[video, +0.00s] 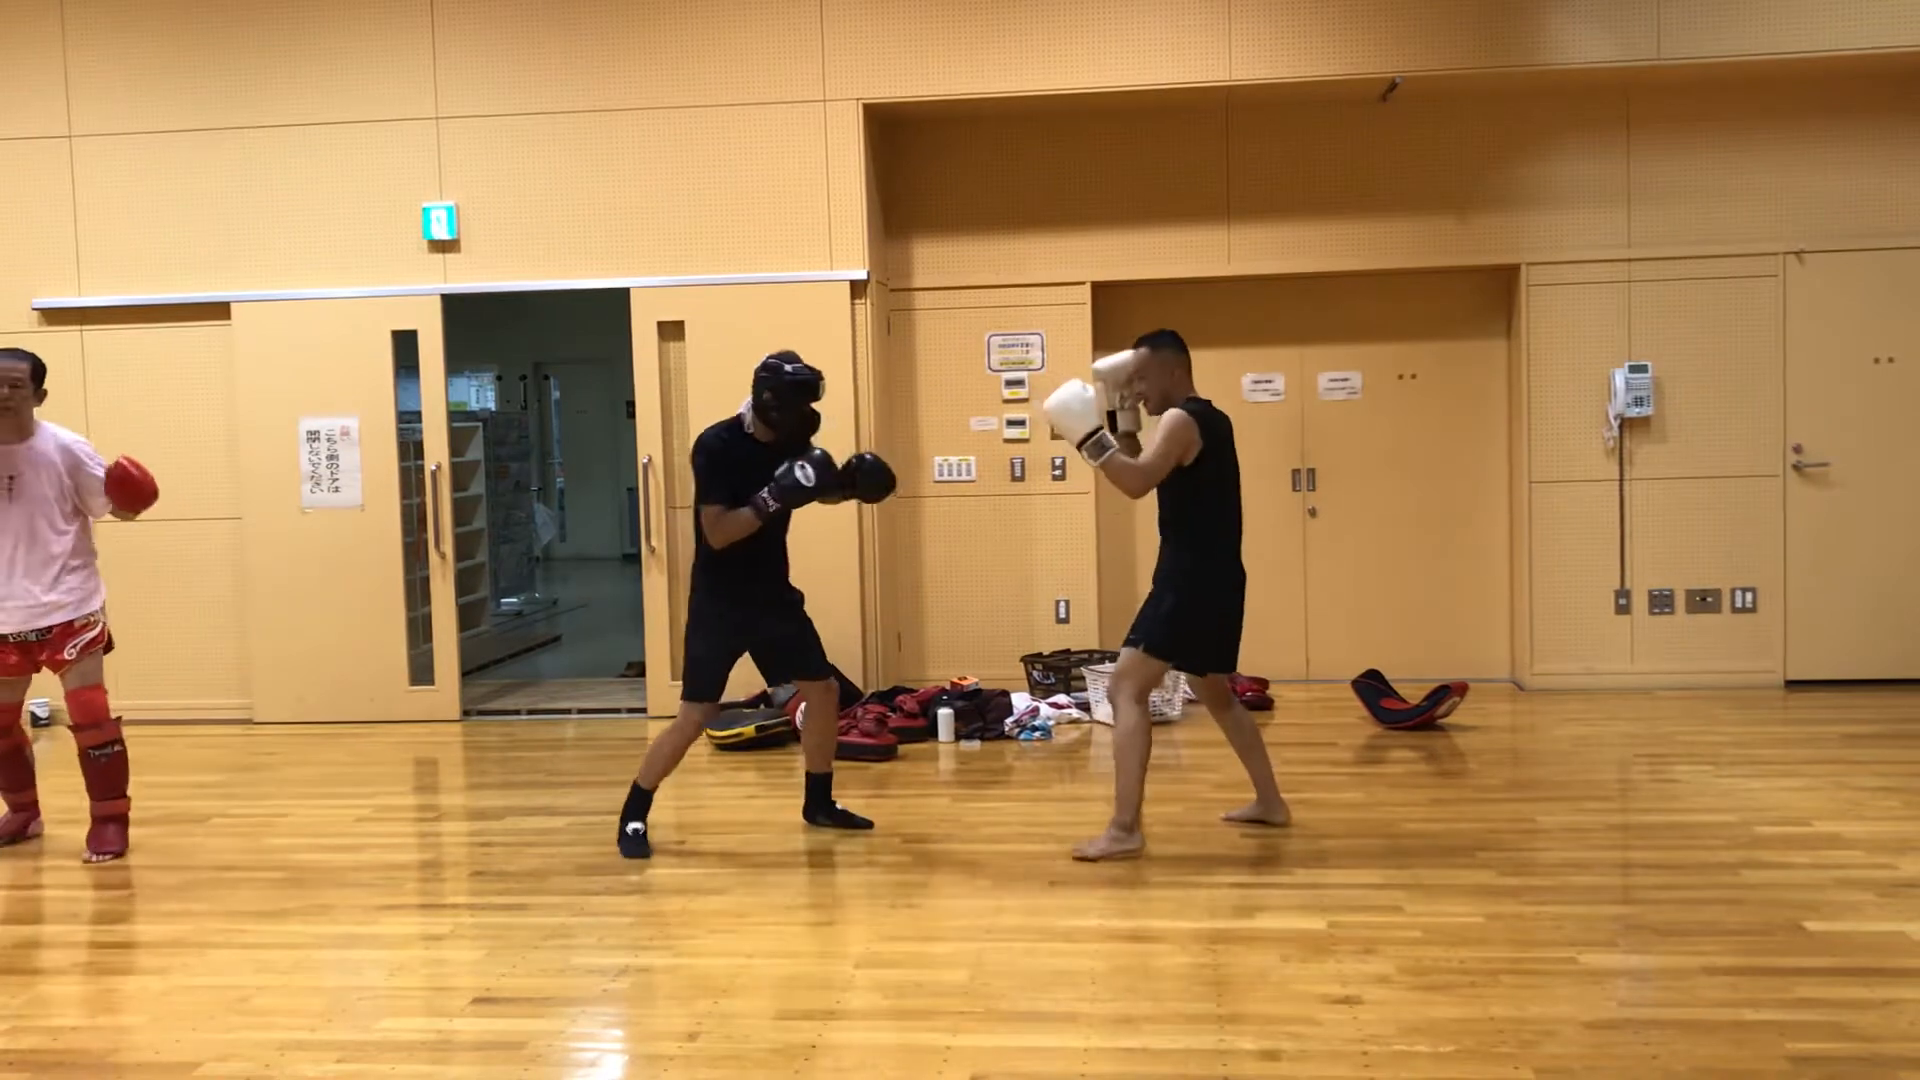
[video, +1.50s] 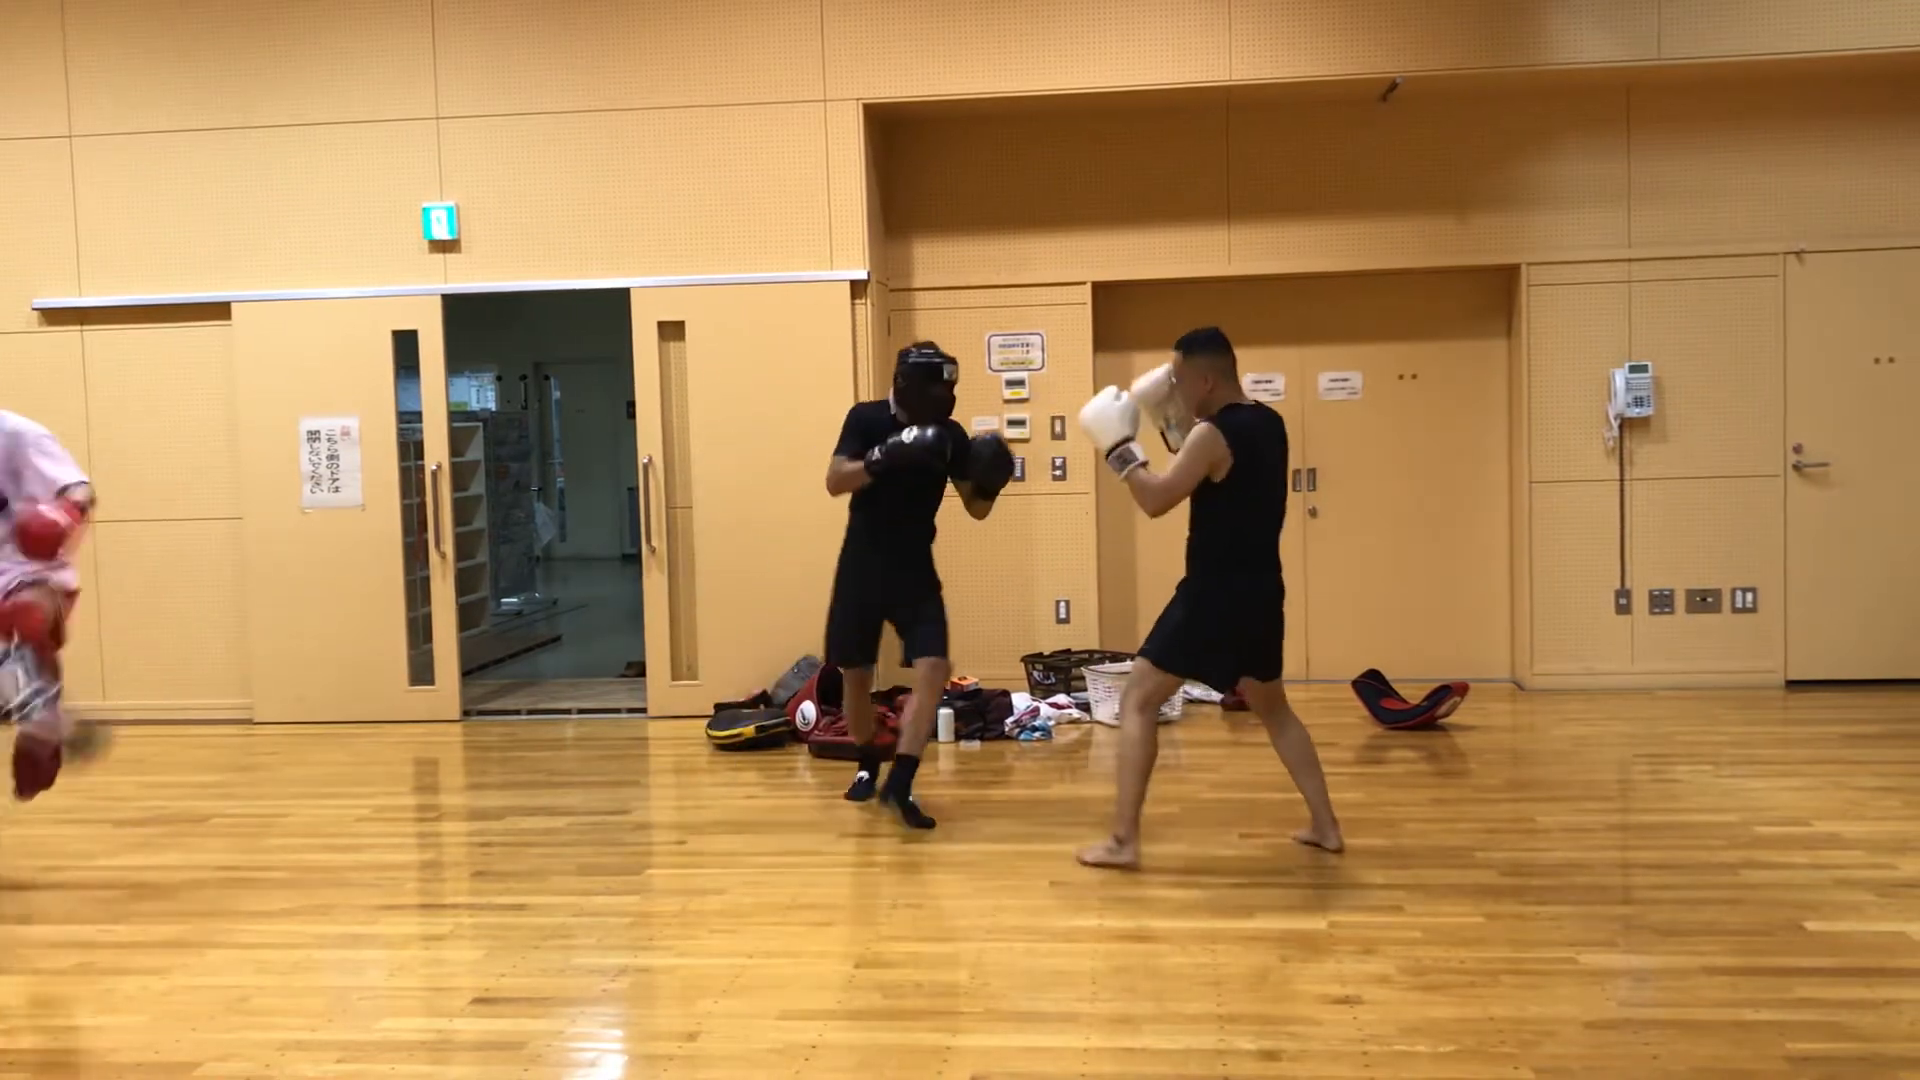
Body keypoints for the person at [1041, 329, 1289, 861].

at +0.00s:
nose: (1137, 392)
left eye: (1142, 380)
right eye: (1135, 382)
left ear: (1171, 371)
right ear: (1182, 375)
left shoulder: (1183, 421)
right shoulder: (1211, 420)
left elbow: (1134, 484)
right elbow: (1140, 475)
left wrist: (1088, 434)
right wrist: (1116, 420)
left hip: (1187, 585)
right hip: (1219, 582)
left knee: (1127, 686)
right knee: (1217, 693)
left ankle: (1124, 828)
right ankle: (1271, 802)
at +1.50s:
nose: (1179, 392)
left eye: (1182, 381)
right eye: (1177, 381)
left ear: (1207, 378)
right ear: (1230, 375)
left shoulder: (1212, 434)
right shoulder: (1271, 424)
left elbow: (1154, 498)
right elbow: (1219, 480)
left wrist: (1120, 449)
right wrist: (1173, 422)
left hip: (1209, 598)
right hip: (1263, 597)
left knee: (1139, 699)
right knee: (1274, 707)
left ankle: (1123, 839)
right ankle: (1325, 824)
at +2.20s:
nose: (1185, 382)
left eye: (1184, 373)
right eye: (1184, 374)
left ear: (1191, 371)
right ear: (1241, 359)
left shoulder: (1185, 429)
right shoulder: (1295, 412)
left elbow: (1132, 502)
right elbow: (1297, 486)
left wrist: (1123, 449)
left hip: (1213, 605)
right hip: (1287, 602)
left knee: (1173, 725)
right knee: (1320, 737)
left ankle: (1163, 866)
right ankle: (1335, 871)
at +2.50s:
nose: (1271, 367)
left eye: (1270, 359)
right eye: (1278, 358)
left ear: (1273, 359)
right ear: (1329, 352)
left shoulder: (1255, 422)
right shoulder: (1376, 410)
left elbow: (1205, 495)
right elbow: (1387, 489)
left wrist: (1209, 444)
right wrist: (1342, 437)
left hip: (1270, 602)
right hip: (1344, 604)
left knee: (1251, 725)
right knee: (1348, 755)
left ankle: (1239, 861)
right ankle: (1330, 904)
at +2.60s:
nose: (1291, 363)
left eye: (1290, 355)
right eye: (1297, 354)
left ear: (1294, 355)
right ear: (1352, 349)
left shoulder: (1274, 417)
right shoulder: (1396, 408)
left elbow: (1223, 488)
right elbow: (1403, 482)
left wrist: (1232, 430)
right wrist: (1353, 421)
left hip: (1288, 596)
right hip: (1358, 597)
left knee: (1287, 724)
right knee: (1353, 747)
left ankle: (1290, 857)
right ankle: (1328, 903)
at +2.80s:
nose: (1327, 372)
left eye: (1326, 364)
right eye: (1335, 363)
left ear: (1329, 365)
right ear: (1384, 359)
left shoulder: (1309, 429)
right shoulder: (1427, 415)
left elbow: (1257, 496)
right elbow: (1439, 484)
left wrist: (1247, 445)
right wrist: (1396, 410)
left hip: (1330, 599)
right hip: (1398, 600)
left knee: (1343, 726)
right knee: (1415, 737)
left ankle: (1344, 863)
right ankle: (1355, 862)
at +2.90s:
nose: (1347, 371)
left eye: (1345, 364)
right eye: (1352, 365)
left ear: (1344, 365)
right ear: (1402, 359)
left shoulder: (1327, 423)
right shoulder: (1444, 411)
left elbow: (1271, 488)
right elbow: (1456, 478)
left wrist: (1272, 434)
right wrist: (1416, 402)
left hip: (1346, 600)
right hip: (1413, 601)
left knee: (1352, 722)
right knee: (1468, 728)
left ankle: (1344, 849)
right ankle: (1422, 852)